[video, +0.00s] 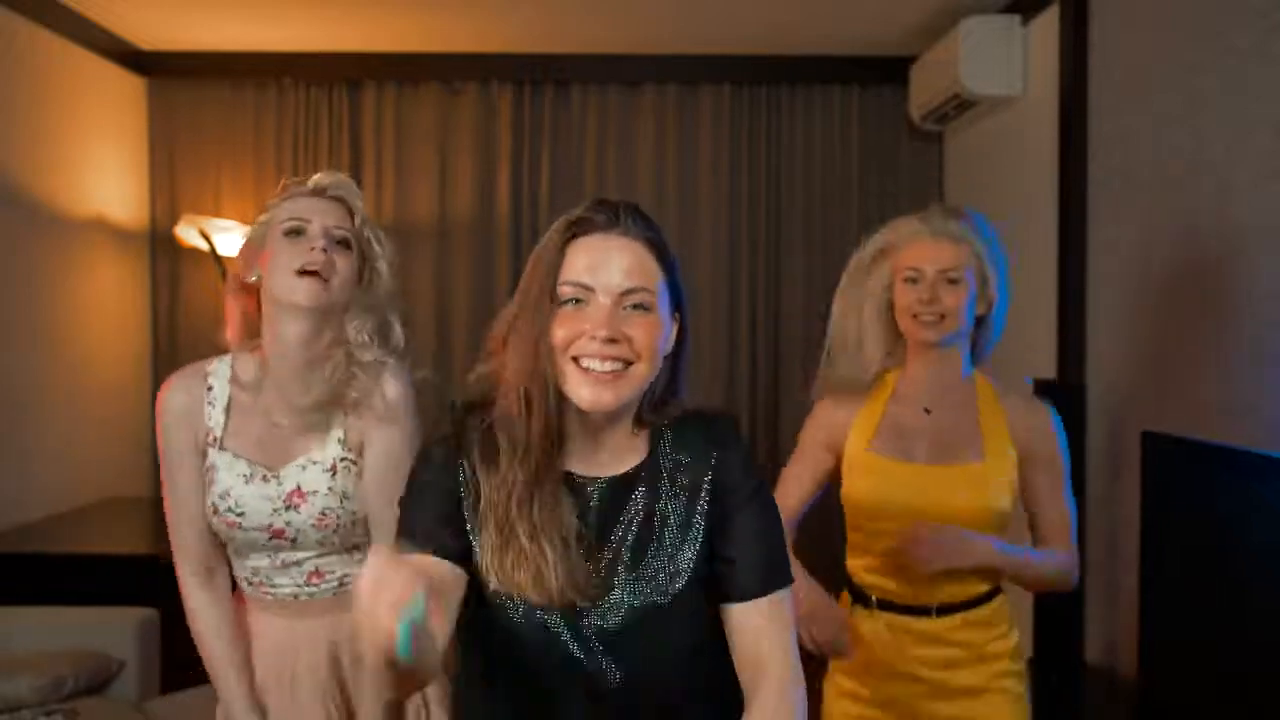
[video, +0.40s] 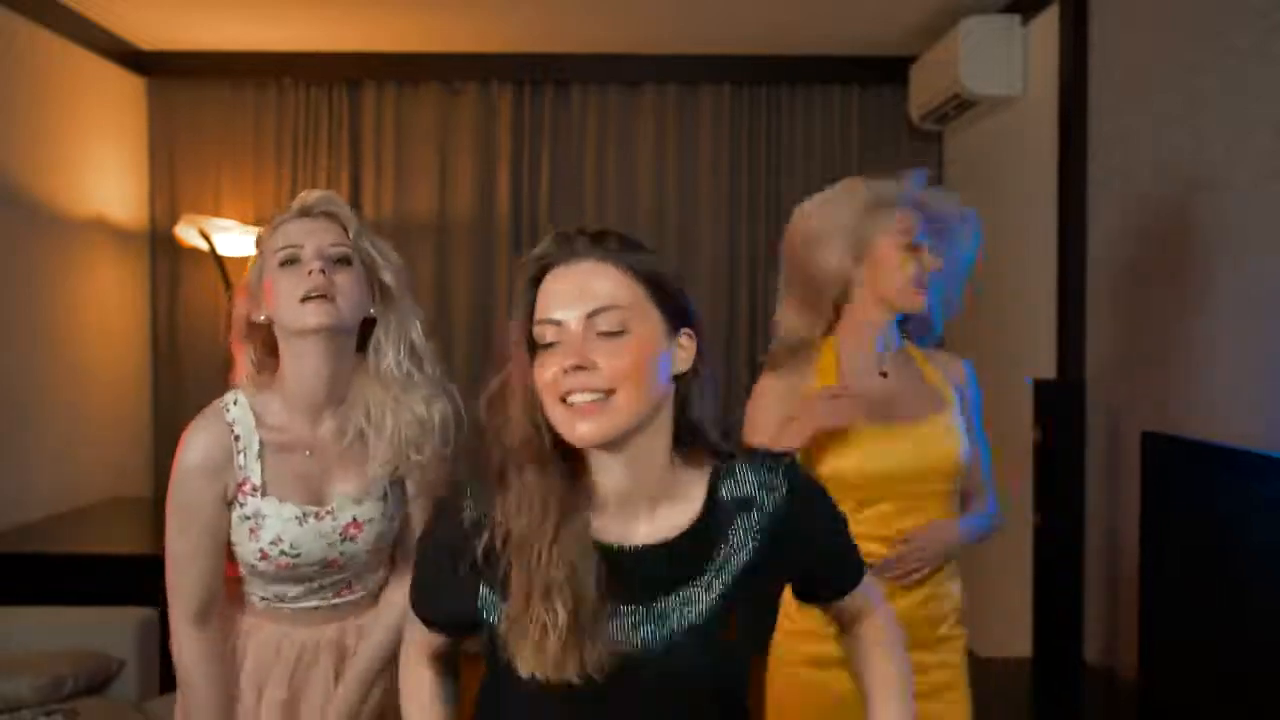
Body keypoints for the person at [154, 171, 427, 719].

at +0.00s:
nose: (319, 248)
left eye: (342, 242)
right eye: (295, 232)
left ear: (359, 284)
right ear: (254, 264)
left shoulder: (380, 394)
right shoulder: (190, 399)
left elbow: (394, 560)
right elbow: (201, 575)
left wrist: (423, 693)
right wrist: (237, 703)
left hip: (367, 653)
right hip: (262, 656)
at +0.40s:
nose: (316, 270)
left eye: (338, 259)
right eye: (290, 261)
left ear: (372, 298)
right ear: (260, 301)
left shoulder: (415, 422)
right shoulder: (216, 442)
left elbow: (415, 566)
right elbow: (196, 620)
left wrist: (348, 699)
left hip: (377, 654)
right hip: (263, 660)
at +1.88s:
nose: (315, 295)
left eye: (343, 277)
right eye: (305, 273)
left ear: (382, 285)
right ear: (289, 278)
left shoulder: (343, 384)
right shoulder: (392, 379)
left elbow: (347, 577)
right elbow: (383, 557)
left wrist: (285, 705)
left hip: (333, 636)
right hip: (387, 623)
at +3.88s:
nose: (360, 295)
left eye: (392, 293)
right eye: (360, 275)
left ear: (425, 332)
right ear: (341, 283)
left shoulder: (354, 412)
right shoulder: (398, 411)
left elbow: (236, 568)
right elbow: (233, 525)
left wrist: (189, 413)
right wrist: (239, 408)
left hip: (300, 672)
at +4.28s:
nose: (277, 294)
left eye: (308, 282)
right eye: (278, 277)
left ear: (365, 310)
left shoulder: (271, 390)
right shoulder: (391, 405)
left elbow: (232, 584)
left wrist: (172, 711)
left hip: (271, 680)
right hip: (362, 674)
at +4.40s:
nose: (271, 306)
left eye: (301, 289)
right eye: (270, 288)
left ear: (359, 313)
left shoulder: (290, 412)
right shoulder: (399, 427)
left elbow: (172, 594)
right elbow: (392, 600)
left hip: (263, 691)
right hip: (363, 686)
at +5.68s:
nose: (297, 324)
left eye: (326, 305)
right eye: (288, 303)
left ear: (384, 324)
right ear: (276, 309)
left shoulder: (308, 436)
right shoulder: (388, 434)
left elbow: (216, 642)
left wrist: (40, 631)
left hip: (256, 695)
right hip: (332, 691)